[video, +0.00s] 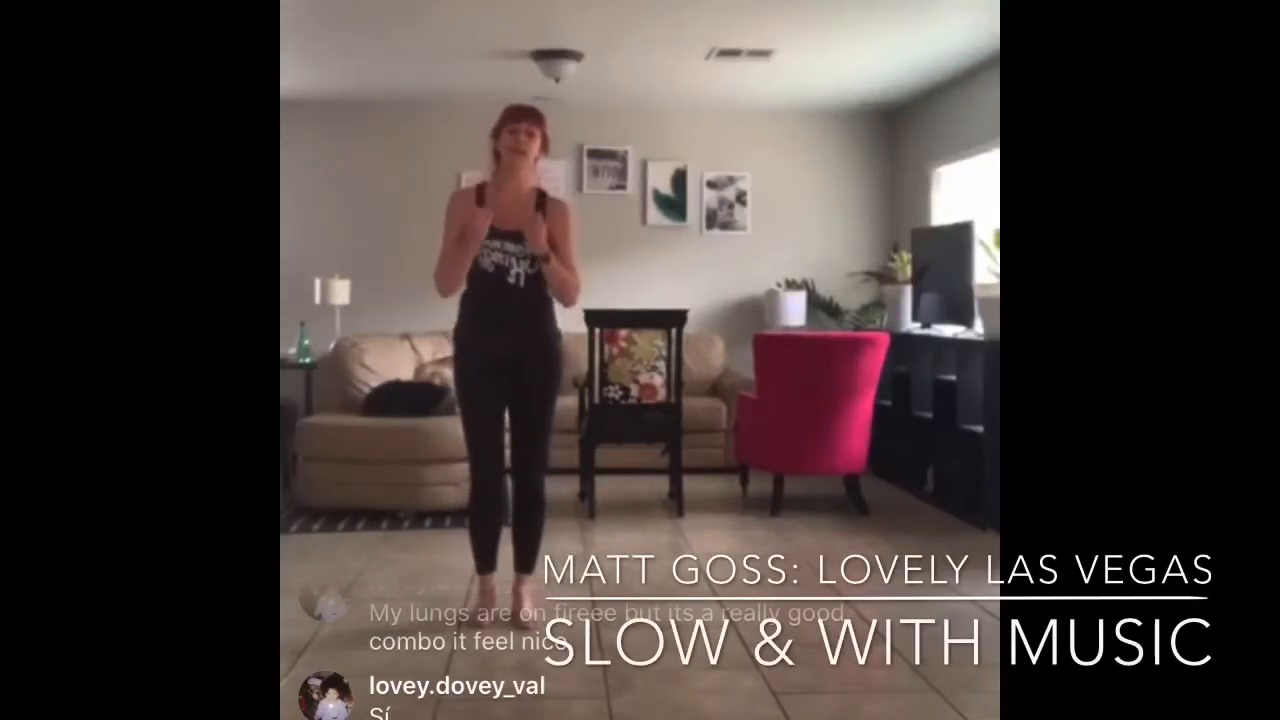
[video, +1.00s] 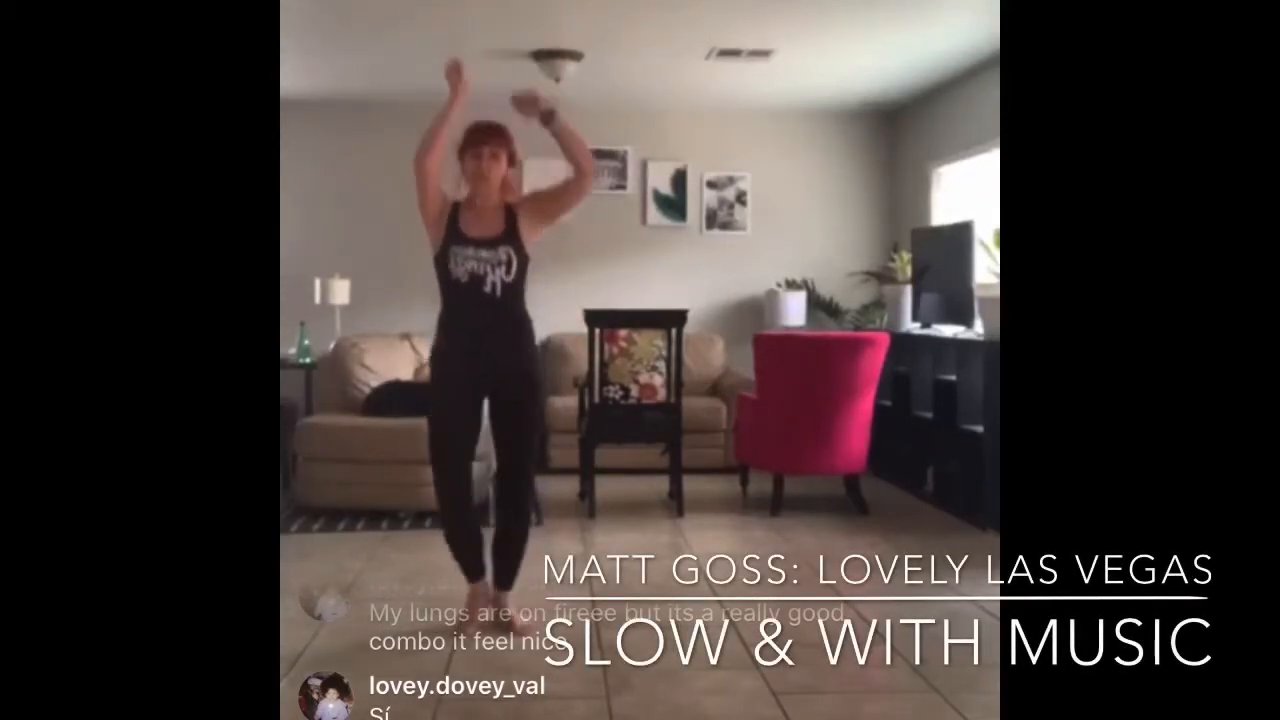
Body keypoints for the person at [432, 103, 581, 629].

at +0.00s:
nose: (519, 139)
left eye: (529, 134)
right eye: (511, 131)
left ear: (542, 149)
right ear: (495, 141)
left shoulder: (555, 209)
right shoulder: (466, 201)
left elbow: (570, 293)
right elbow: (446, 284)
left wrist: (543, 249)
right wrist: (472, 236)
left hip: (535, 347)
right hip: (479, 346)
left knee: (529, 469)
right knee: (485, 469)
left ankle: (525, 583)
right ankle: (485, 584)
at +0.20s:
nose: (514, 143)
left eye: (524, 139)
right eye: (506, 136)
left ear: (537, 156)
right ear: (490, 148)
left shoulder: (552, 216)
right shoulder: (460, 210)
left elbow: (570, 296)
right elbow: (441, 291)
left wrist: (541, 285)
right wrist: (468, 286)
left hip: (534, 353)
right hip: (478, 351)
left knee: (526, 472)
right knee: (485, 471)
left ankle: (522, 583)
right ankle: (489, 581)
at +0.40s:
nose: (507, 172)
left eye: (518, 167)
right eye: (499, 165)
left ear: (530, 181)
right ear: (484, 177)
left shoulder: (544, 232)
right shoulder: (463, 230)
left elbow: (582, 283)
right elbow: (421, 279)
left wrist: (553, 219)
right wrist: (449, 217)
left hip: (529, 367)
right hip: (474, 366)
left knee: (523, 479)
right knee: (478, 480)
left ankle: (521, 583)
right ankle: (490, 582)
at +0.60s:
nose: (506, 100)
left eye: (516, 94)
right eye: (497, 92)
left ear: (530, 106)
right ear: (479, 102)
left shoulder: (541, 158)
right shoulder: (462, 153)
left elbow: (564, 87)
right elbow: (434, 76)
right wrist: (440, 4)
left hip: (525, 306)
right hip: (466, 305)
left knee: (529, 434)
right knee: (474, 436)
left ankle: (533, 560)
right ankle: (473, 563)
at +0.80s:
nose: (497, 96)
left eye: (508, 88)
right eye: (489, 86)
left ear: (523, 97)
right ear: (473, 94)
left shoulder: (533, 148)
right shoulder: (458, 144)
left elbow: (543, 65)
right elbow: (445, 59)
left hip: (519, 299)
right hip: (460, 298)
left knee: (523, 429)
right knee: (468, 429)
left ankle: (527, 554)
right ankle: (471, 556)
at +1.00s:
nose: (491, 160)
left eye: (499, 153)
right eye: (482, 153)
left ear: (512, 166)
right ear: (463, 165)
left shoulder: (526, 217)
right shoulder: (444, 217)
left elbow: (584, 177)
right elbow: (425, 162)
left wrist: (550, 118)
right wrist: (456, 98)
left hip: (513, 362)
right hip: (455, 361)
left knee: (516, 479)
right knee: (450, 479)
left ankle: (503, 593)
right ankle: (477, 586)